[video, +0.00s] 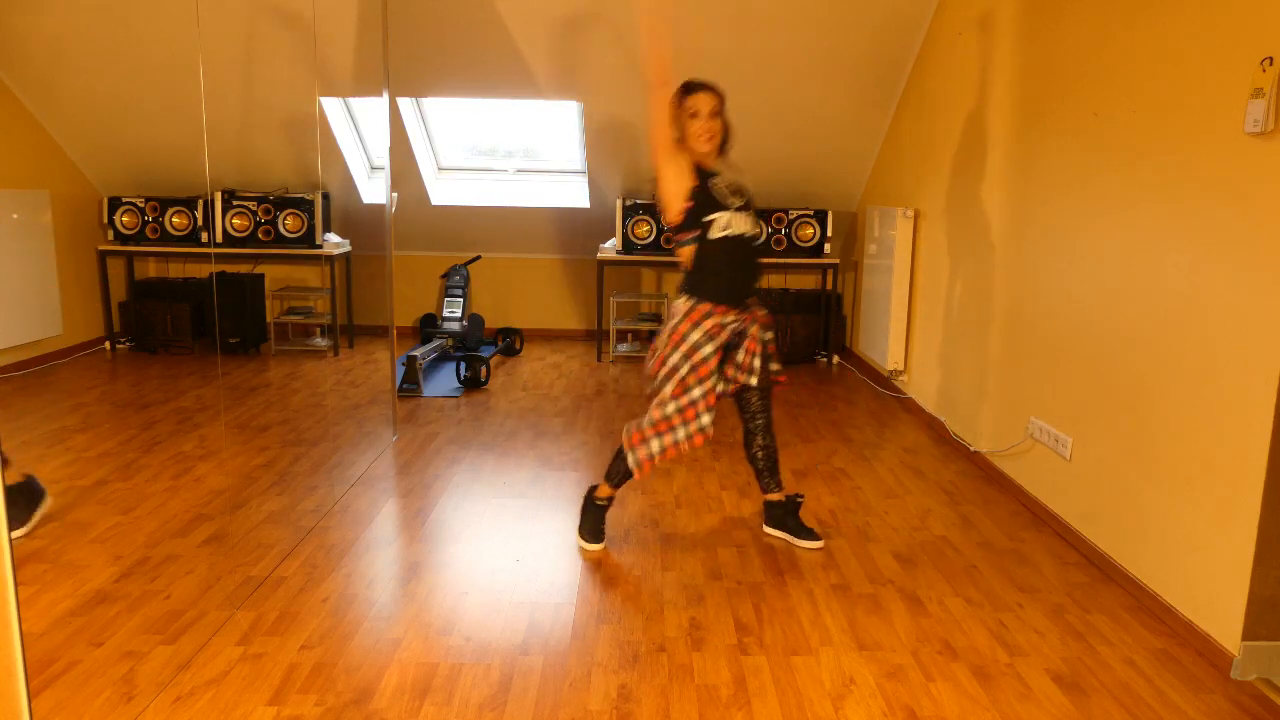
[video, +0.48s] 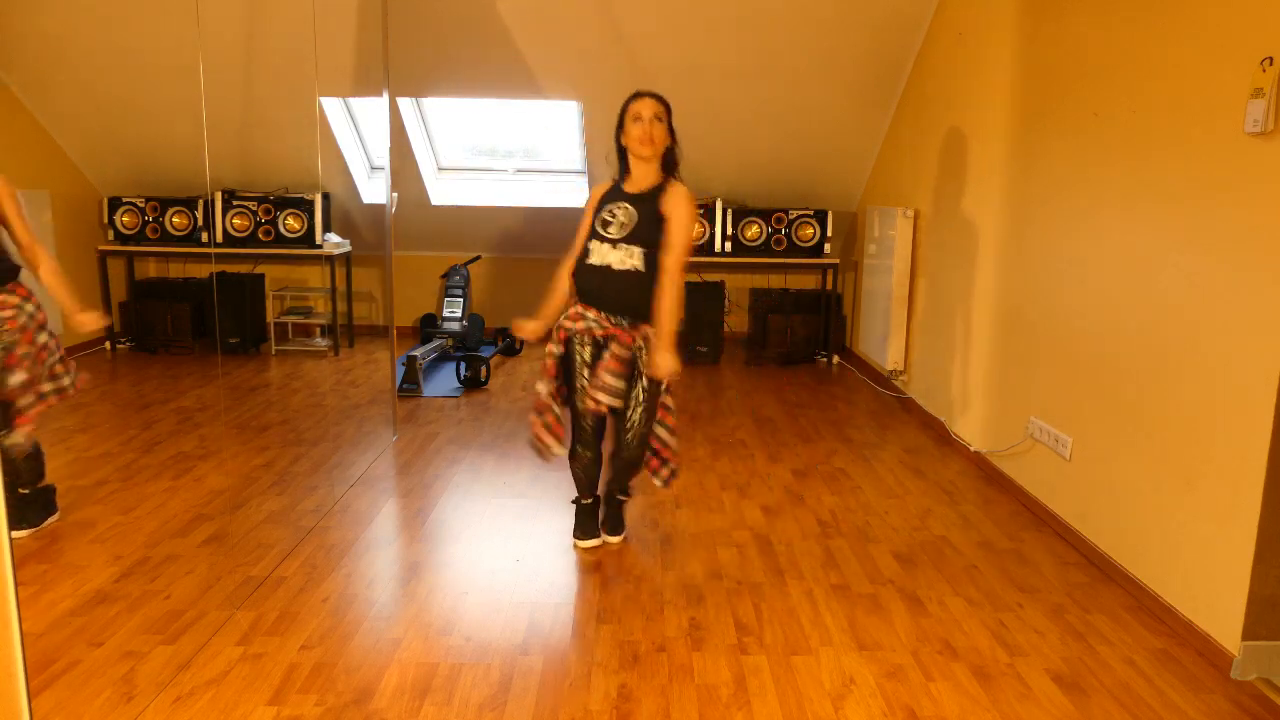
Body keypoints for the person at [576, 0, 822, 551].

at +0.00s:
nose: (707, 124)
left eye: (714, 115)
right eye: (696, 116)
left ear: (724, 123)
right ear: (676, 124)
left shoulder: (727, 181)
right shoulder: (678, 178)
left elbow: (726, 250)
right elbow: (660, 85)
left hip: (740, 317)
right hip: (696, 317)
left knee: (757, 414)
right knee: (672, 419)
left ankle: (777, 506)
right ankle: (599, 498)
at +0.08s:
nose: (691, 132)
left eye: (700, 123)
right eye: (680, 123)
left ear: (710, 133)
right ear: (661, 133)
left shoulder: (710, 195)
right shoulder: (654, 181)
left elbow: (708, 262)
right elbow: (615, 104)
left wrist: (725, 309)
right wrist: (584, 27)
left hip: (723, 323)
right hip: (672, 324)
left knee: (747, 414)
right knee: (650, 435)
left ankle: (776, 506)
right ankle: (595, 499)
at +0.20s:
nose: (673, 138)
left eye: (682, 129)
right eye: (662, 129)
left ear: (692, 138)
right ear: (645, 138)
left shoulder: (698, 204)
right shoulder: (626, 174)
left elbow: (688, 269)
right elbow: (567, 139)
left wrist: (685, 323)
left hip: (680, 328)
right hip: (629, 327)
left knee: (735, 411)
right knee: (628, 439)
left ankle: (739, 503)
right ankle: (590, 508)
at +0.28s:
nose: (664, 143)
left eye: (673, 134)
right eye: (653, 135)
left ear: (685, 143)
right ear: (637, 145)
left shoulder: (698, 210)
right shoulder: (615, 184)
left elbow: (688, 277)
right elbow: (557, 184)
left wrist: (678, 333)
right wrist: (490, 174)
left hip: (662, 335)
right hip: (607, 331)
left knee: (706, 416)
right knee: (612, 437)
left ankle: (672, 484)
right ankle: (590, 507)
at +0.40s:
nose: (654, 139)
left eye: (663, 130)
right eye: (643, 131)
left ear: (676, 141)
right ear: (628, 143)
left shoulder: (691, 210)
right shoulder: (608, 197)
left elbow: (686, 280)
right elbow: (558, 244)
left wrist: (680, 340)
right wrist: (505, 286)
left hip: (645, 337)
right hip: (591, 326)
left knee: (640, 433)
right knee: (596, 423)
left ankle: (613, 495)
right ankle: (588, 501)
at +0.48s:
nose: (646, 127)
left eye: (656, 120)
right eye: (636, 119)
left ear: (669, 135)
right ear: (622, 134)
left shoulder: (676, 197)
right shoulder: (603, 194)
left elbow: (671, 273)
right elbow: (573, 259)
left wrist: (664, 344)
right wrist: (542, 319)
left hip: (640, 330)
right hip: (585, 321)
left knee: (632, 437)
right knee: (585, 423)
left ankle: (614, 498)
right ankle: (585, 504)